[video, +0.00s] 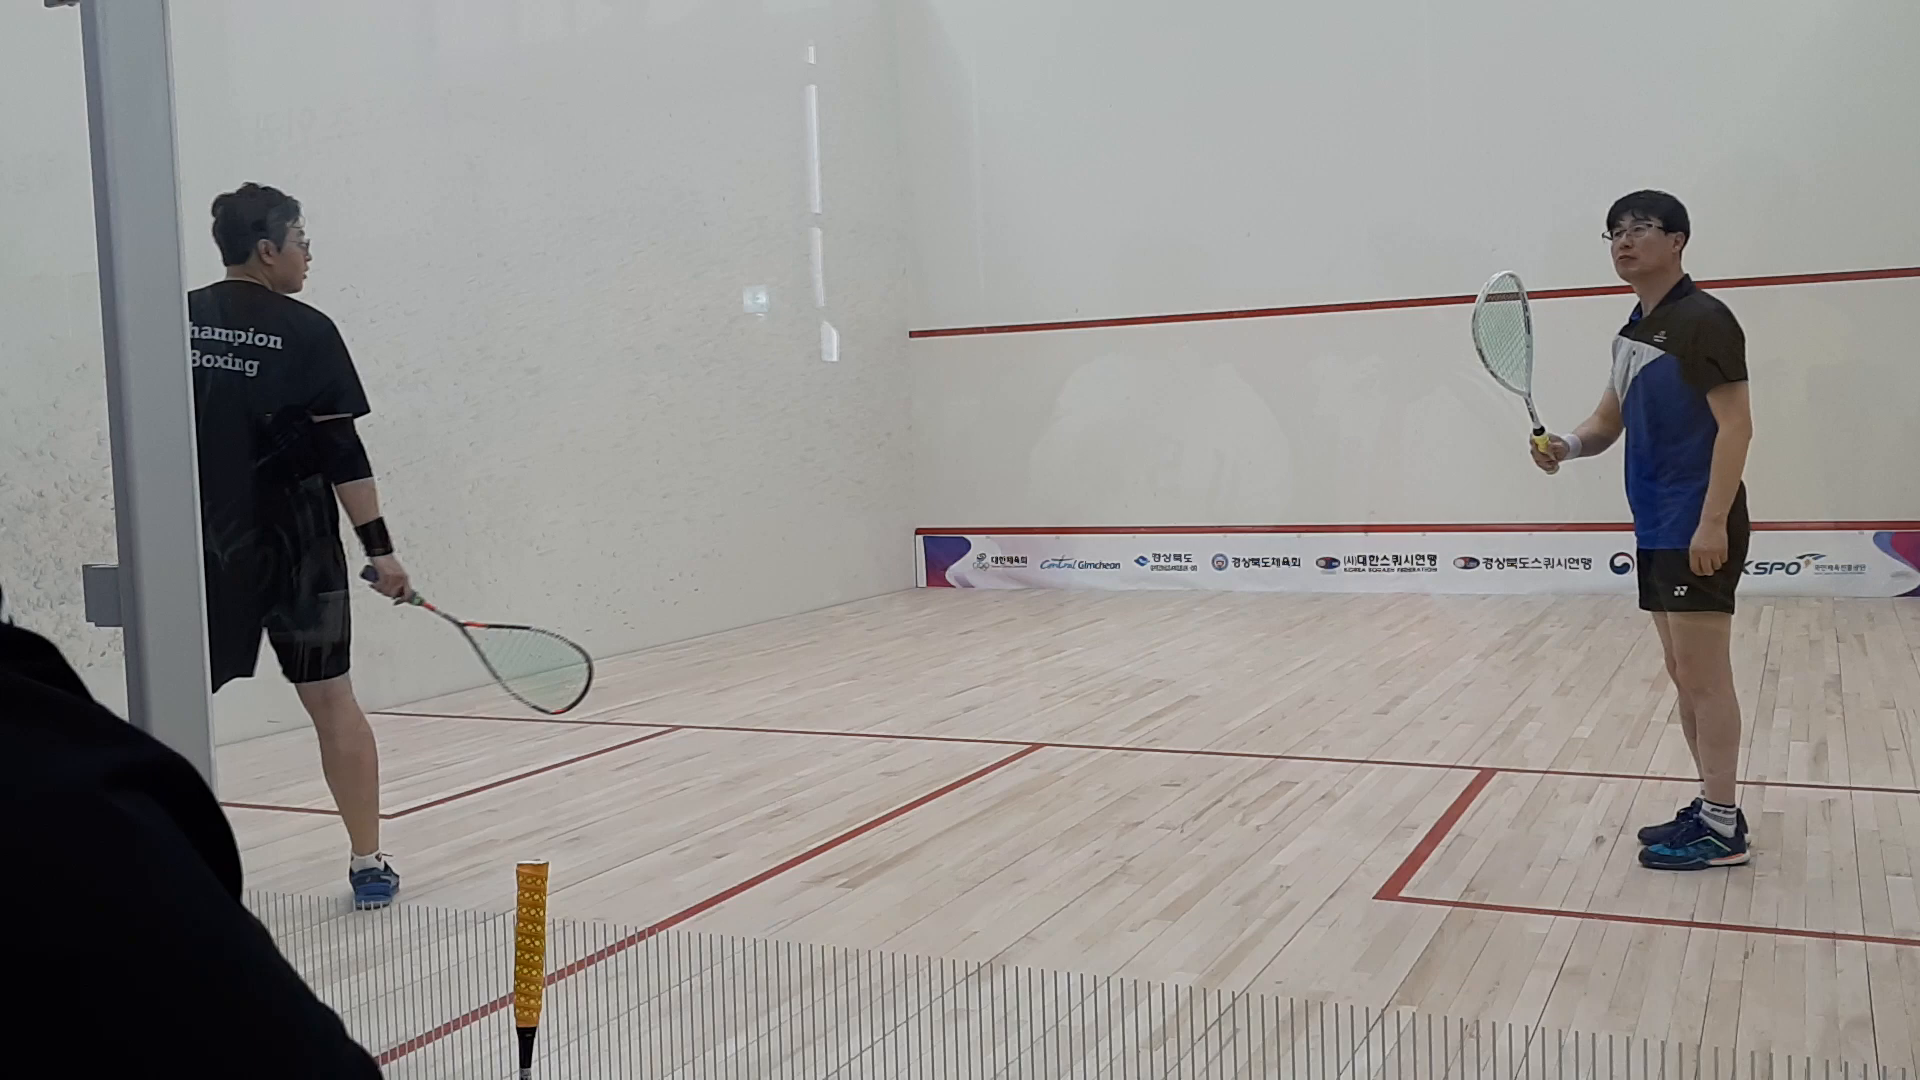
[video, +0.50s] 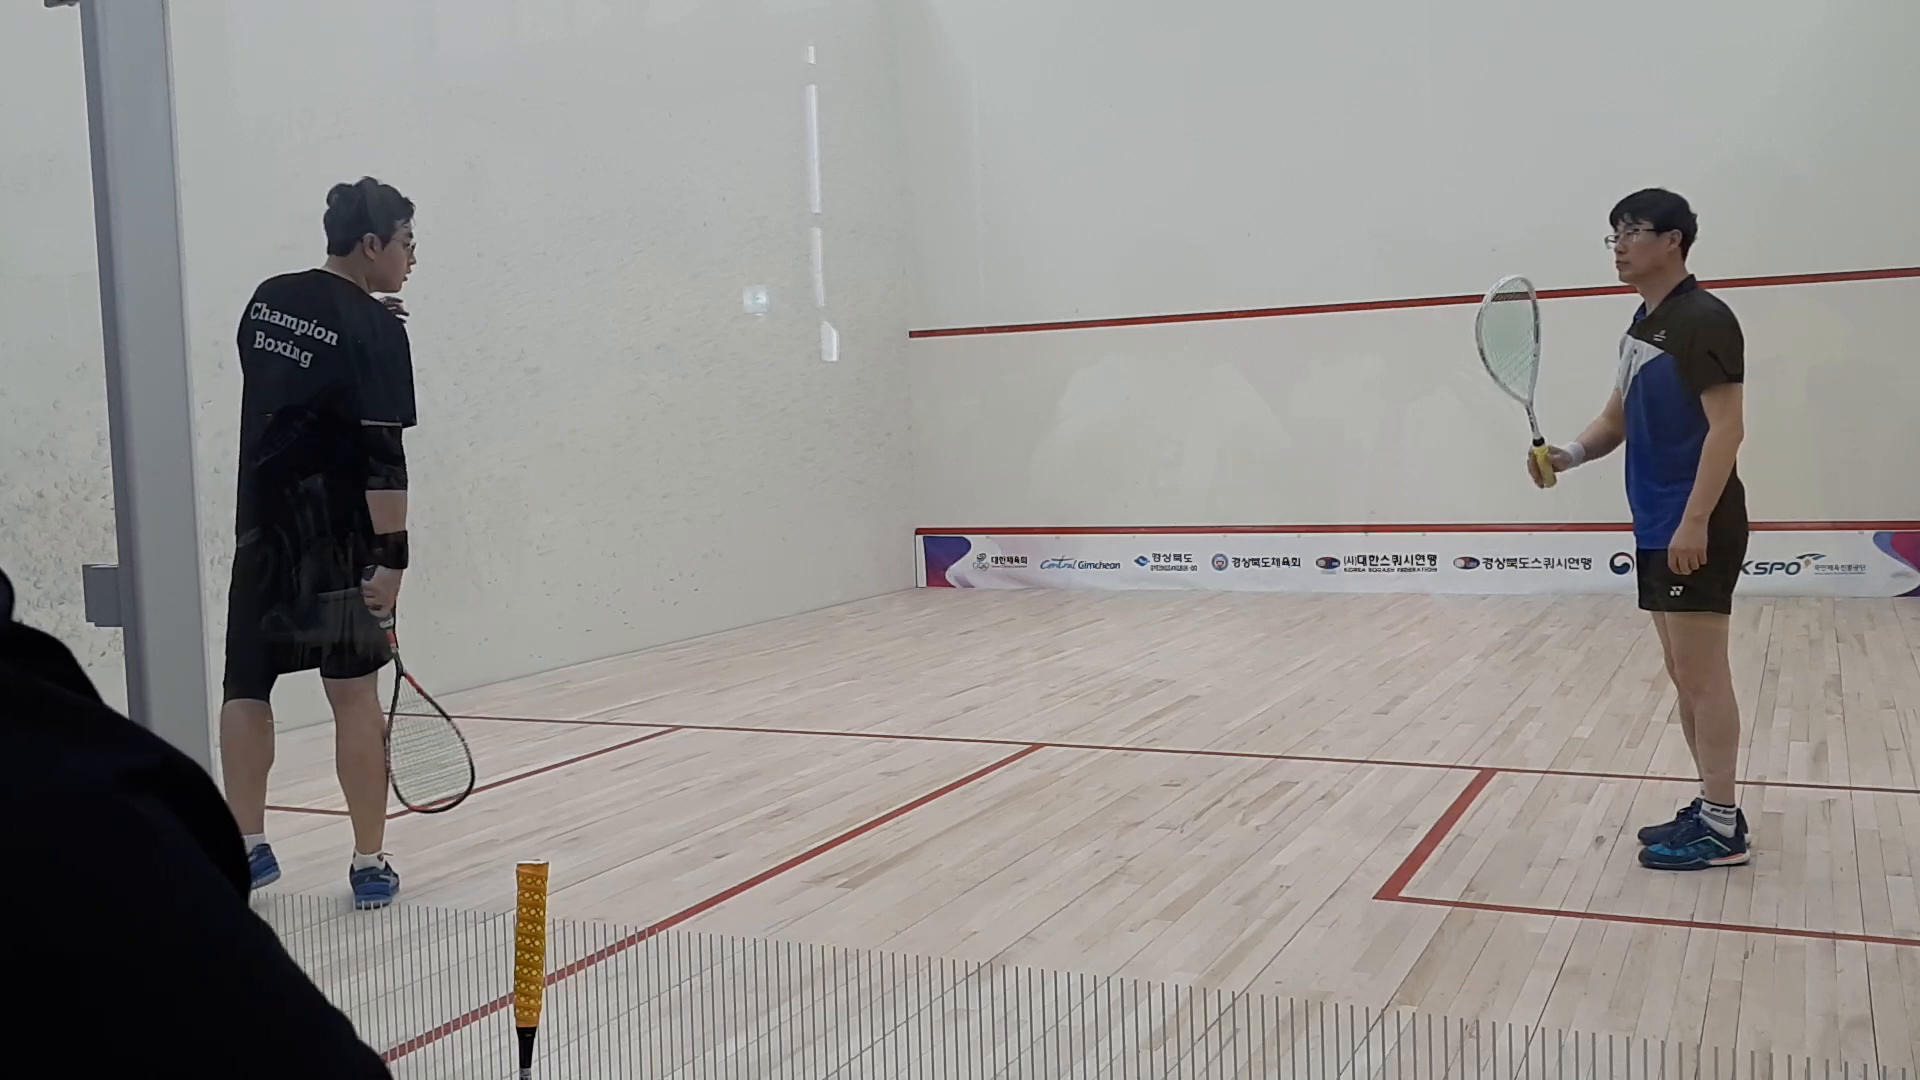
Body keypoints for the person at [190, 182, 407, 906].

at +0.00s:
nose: (309, 253)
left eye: (305, 239)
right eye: (300, 242)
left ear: (240, 252)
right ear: (264, 252)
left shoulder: (178, 316)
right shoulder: (308, 330)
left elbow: (152, 435)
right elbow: (343, 451)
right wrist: (381, 549)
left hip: (204, 546)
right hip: (300, 546)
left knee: (176, 703)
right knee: (333, 705)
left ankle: (155, 868)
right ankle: (368, 864)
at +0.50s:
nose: (411, 255)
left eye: (410, 241)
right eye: (405, 241)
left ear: (342, 242)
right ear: (373, 243)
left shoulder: (269, 296)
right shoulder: (376, 330)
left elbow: (275, 364)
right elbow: (384, 455)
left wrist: (374, 316)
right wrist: (392, 560)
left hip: (260, 537)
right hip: (342, 540)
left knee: (246, 689)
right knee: (356, 695)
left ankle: (249, 845)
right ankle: (370, 861)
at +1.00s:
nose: (440, 294)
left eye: (442, 280)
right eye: (435, 277)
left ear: (374, 269)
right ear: (394, 268)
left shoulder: (292, 307)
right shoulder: (393, 340)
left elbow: (232, 409)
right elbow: (385, 465)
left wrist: (290, 457)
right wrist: (396, 567)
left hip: (240, 534)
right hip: (322, 541)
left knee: (229, 701)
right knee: (342, 699)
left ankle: (205, 860)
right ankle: (369, 864)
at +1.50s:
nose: (305, 242)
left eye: (301, 226)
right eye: (293, 228)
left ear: (240, 242)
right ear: (251, 239)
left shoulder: (180, 313)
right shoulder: (278, 316)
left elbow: (167, 435)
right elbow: (308, 436)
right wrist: (370, 509)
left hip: (204, 549)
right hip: (289, 545)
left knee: (210, 720)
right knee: (332, 695)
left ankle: (199, 874)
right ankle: (368, 854)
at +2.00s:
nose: (261, 237)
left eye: (260, 225)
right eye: (241, 226)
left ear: (218, 248)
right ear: (200, 244)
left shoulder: (176, 317)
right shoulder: (236, 327)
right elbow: (276, 447)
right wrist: (327, 511)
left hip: (199, 546)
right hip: (264, 540)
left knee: (214, 714)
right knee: (295, 691)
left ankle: (189, 868)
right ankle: (311, 849)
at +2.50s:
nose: (316, 271)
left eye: (316, 258)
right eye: (305, 257)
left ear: (255, 265)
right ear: (260, 260)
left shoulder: (190, 320)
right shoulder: (270, 332)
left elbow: (170, 438)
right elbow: (280, 453)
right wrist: (297, 550)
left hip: (177, 543)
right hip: (242, 547)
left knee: (165, 705)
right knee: (269, 696)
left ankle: (152, 868)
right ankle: (304, 849)